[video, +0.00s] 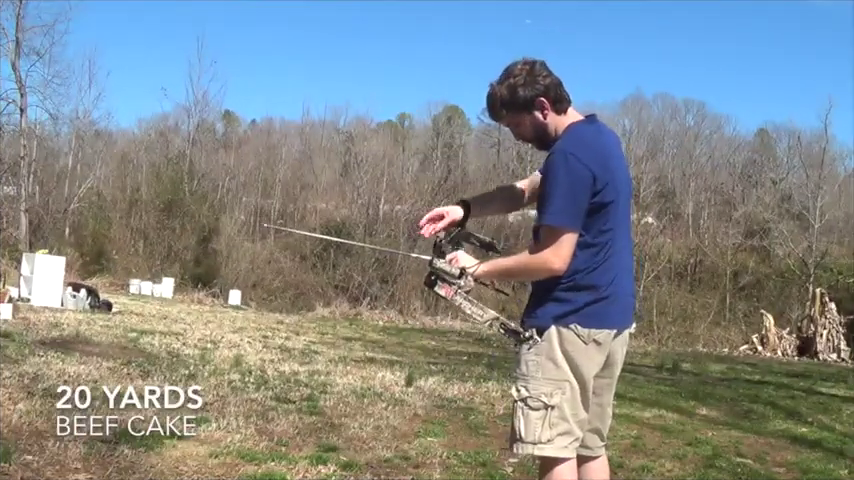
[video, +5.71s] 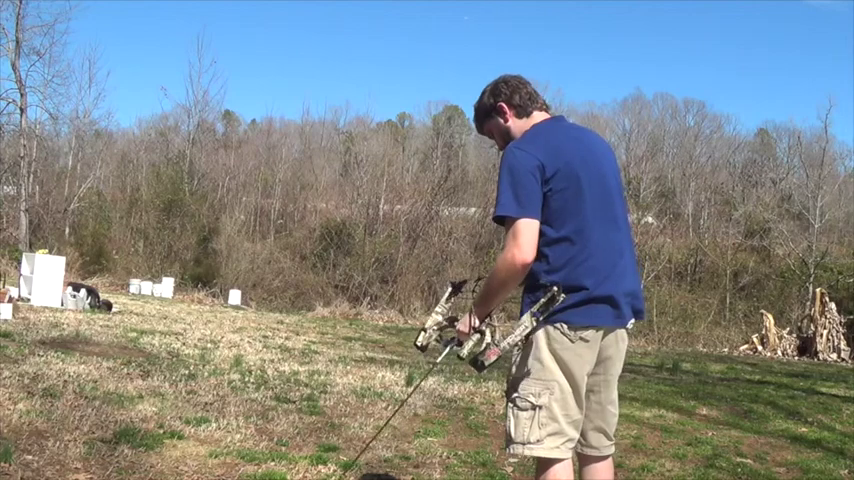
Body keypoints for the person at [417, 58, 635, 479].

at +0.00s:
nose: (515, 137)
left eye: (514, 126)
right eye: (510, 128)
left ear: (542, 108)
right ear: (547, 106)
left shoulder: (570, 155)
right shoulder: (600, 139)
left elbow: (553, 259)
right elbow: (527, 191)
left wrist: (477, 270)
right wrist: (463, 209)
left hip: (567, 320)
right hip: (610, 317)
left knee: (555, 450)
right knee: (590, 446)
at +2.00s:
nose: (503, 166)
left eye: (499, 158)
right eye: (496, 162)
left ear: (516, 132)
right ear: (518, 127)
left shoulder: (568, 160)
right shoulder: (558, 148)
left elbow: (562, 263)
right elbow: (498, 202)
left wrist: (491, 277)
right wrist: (440, 234)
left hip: (572, 319)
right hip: (592, 316)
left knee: (558, 449)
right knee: (586, 445)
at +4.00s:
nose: (496, 158)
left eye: (493, 148)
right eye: (489, 153)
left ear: (513, 123)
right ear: (516, 121)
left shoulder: (562, 157)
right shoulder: (549, 149)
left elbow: (562, 261)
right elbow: (492, 205)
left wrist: (488, 279)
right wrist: (433, 239)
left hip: (569, 319)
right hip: (590, 317)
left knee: (557, 450)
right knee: (585, 446)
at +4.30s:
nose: (495, 143)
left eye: (494, 131)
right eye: (489, 136)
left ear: (520, 110)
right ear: (524, 110)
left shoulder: (558, 156)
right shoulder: (568, 142)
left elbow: (545, 260)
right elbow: (514, 201)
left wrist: (473, 282)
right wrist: (469, 196)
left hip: (567, 320)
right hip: (600, 316)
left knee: (554, 451)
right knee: (587, 444)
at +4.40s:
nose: (494, 140)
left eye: (492, 127)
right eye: (489, 130)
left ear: (519, 108)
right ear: (525, 107)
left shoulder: (555, 153)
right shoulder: (580, 139)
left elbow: (536, 262)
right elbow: (566, 219)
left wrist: (466, 289)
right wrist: (508, 199)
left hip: (566, 317)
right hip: (604, 314)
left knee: (555, 450)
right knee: (587, 443)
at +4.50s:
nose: (494, 138)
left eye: (491, 125)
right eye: (487, 129)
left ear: (517, 106)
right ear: (524, 105)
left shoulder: (549, 153)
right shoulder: (583, 139)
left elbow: (529, 259)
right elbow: (585, 240)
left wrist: (460, 295)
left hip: (564, 320)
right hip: (605, 316)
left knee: (555, 451)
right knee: (588, 444)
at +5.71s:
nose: (499, 147)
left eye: (494, 136)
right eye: (492, 140)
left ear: (505, 111)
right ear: (541, 107)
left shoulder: (526, 151)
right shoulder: (596, 144)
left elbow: (520, 254)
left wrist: (477, 314)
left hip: (565, 311)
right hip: (618, 307)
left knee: (553, 450)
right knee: (598, 448)